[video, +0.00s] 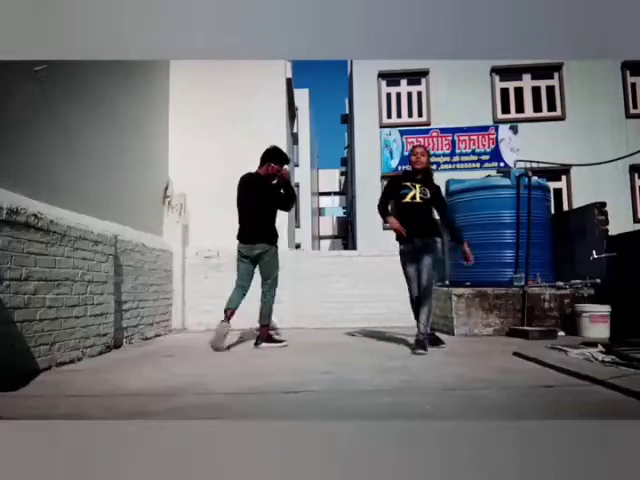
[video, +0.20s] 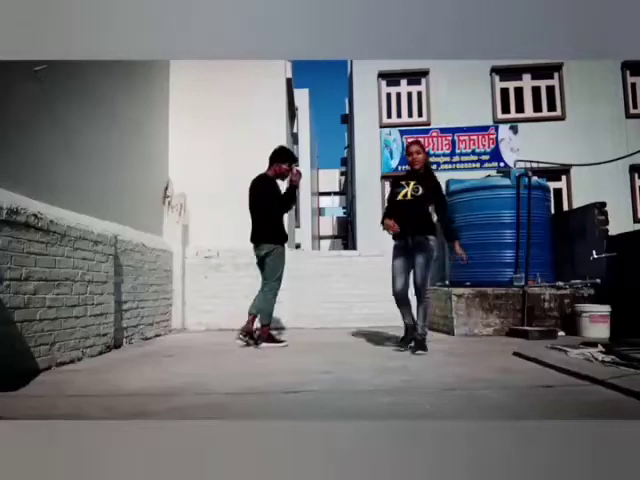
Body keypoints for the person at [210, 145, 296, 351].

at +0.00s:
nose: (280, 171)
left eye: (281, 168)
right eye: (280, 168)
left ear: (262, 163)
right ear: (272, 166)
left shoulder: (245, 180)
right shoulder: (269, 187)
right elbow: (288, 204)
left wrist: (276, 182)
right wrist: (287, 182)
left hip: (245, 241)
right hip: (265, 242)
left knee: (241, 285)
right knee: (269, 286)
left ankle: (225, 320)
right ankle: (264, 331)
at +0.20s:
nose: (288, 172)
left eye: (289, 168)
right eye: (288, 167)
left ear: (273, 164)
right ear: (279, 165)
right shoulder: (268, 183)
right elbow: (282, 207)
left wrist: (291, 186)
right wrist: (293, 186)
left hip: (259, 241)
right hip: (273, 241)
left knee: (268, 284)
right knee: (271, 285)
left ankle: (257, 325)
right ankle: (260, 327)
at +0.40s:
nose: (296, 172)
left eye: (297, 169)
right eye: (294, 168)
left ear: (287, 166)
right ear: (284, 165)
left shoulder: (280, 185)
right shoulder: (269, 183)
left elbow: (298, 204)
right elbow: (258, 210)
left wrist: (303, 186)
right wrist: (280, 208)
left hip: (280, 241)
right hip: (273, 241)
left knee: (288, 286)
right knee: (274, 285)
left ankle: (287, 328)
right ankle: (265, 329)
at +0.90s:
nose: (317, 172)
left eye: (320, 168)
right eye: (315, 167)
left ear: (320, 168)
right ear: (306, 164)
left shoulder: (317, 186)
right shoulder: (283, 182)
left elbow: (325, 211)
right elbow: (266, 209)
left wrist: (323, 186)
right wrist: (273, 225)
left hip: (312, 240)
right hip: (289, 240)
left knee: (317, 286)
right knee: (284, 284)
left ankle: (318, 332)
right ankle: (276, 326)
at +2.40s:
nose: (281, 162)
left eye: (285, 158)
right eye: (277, 158)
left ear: (289, 159)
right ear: (271, 158)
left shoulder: (296, 182)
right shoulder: (256, 181)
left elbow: (307, 210)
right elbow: (242, 211)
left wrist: (302, 212)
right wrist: (246, 228)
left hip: (292, 241)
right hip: (265, 242)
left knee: (305, 285)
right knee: (262, 288)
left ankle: (310, 330)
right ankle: (264, 335)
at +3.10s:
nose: (267, 153)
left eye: (271, 148)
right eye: (262, 148)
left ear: (278, 147)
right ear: (256, 147)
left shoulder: (288, 172)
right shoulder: (244, 171)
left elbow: (304, 203)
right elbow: (225, 200)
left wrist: (297, 198)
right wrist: (230, 215)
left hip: (277, 235)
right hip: (250, 237)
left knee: (274, 286)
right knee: (250, 286)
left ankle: (271, 340)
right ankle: (259, 329)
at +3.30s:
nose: (265, 152)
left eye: (269, 147)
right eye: (261, 147)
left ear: (277, 144)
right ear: (255, 145)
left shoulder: (289, 167)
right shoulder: (249, 168)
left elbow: (311, 195)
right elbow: (227, 199)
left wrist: (299, 173)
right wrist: (233, 187)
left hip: (278, 235)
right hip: (250, 235)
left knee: (275, 287)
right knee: (233, 284)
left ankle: (270, 343)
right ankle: (253, 322)